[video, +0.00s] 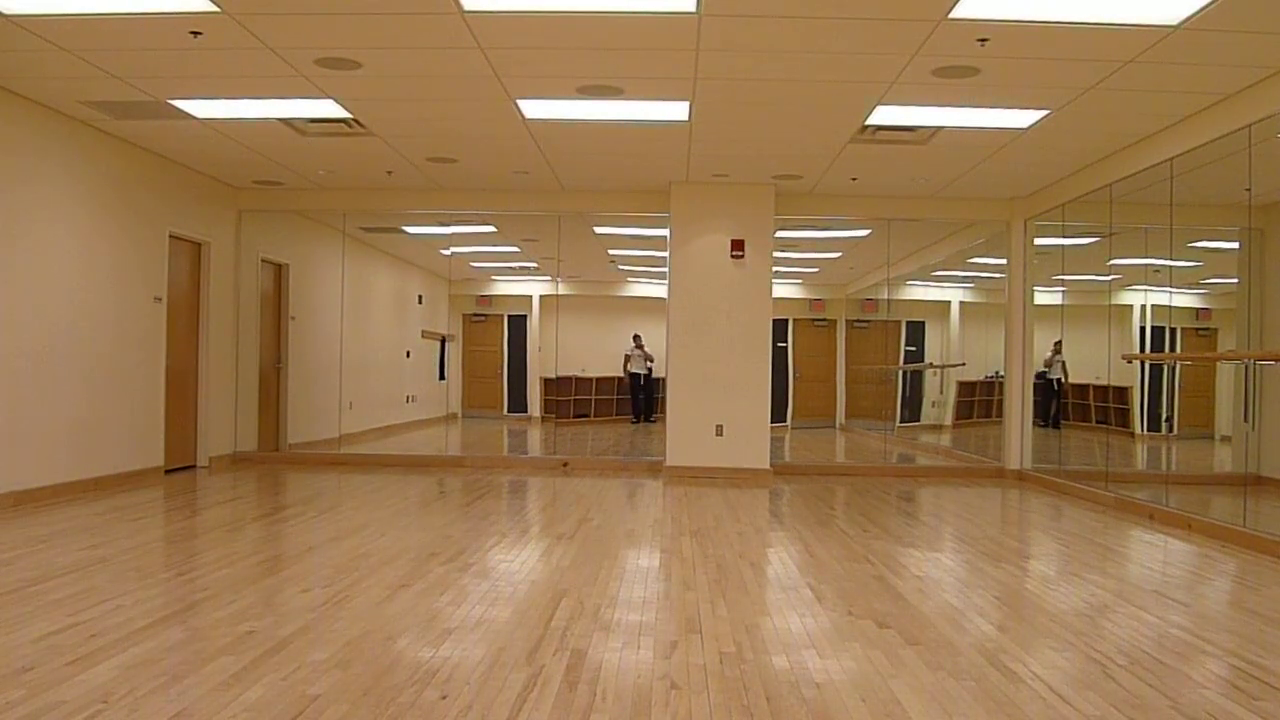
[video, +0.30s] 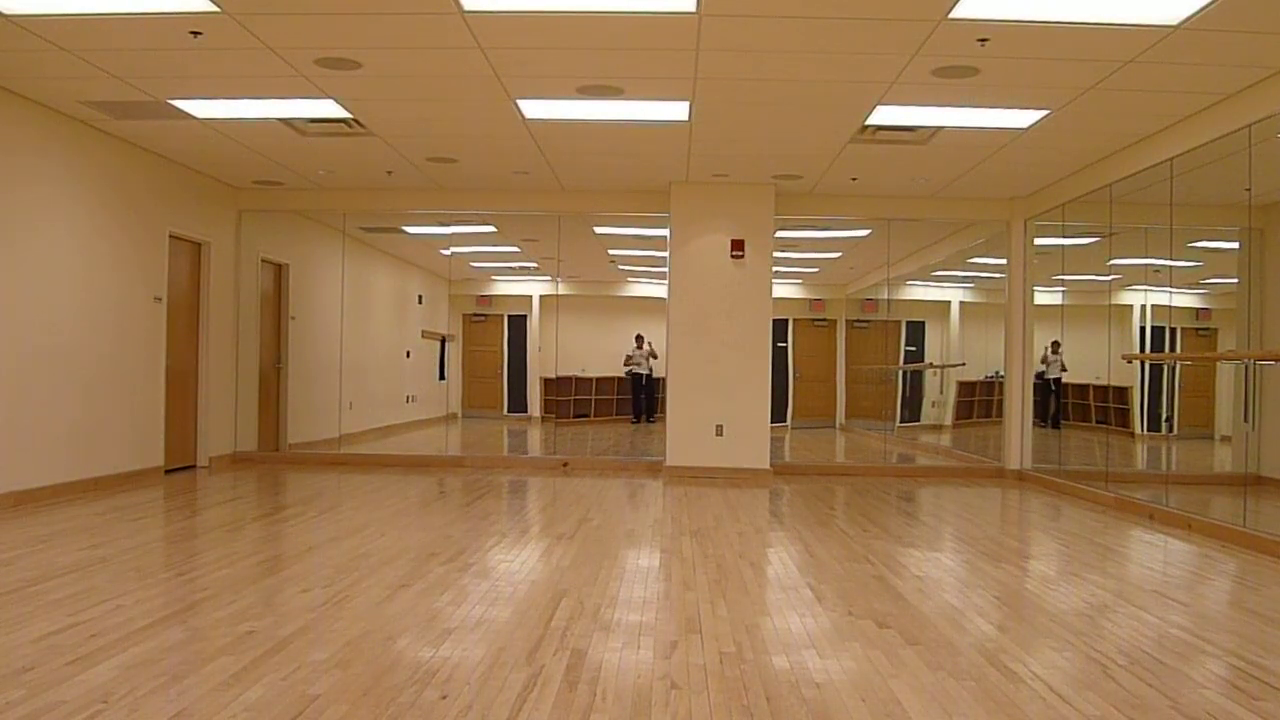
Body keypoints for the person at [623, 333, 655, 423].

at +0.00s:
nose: (638, 342)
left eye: (639, 340)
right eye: (636, 340)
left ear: (642, 340)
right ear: (634, 342)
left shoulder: (645, 350)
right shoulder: (631, 351)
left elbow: (651, 359)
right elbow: (625, 363)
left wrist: (643, 350)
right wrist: (625, 374)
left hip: (645, 372)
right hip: (635, 372)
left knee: (648, 394)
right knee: (635, 395)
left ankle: (648, 415)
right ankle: (636, 416)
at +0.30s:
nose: (639, 343)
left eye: (641, 341)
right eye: (638, 341)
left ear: (643, 341)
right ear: (635, 341)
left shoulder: (647, 351)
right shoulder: (632, 351)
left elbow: (655, 357)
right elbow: (625, 363)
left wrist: (651, 348)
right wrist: (634, 363)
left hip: (647, 373)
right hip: (637, 373)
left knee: (649, 394)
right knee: (636, 395)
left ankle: (650, 415)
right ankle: (636, 416)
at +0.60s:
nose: (642, 343)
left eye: (643, 342)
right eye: (641, 341)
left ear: (645, 343)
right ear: (638, 342)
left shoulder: (648, 352)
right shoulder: (635, 352)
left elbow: (652, 352)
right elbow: (636, 350)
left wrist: (648, 343)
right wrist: (638, 343)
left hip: (650, 371)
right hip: (640, 371)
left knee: (651, 395)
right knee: (639, 395)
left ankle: (650, 416)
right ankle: (637, 416)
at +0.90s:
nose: (644, 343)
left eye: (645, 341)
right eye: (642, 341)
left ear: (647, 342)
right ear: (639, 342)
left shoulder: (650, 352)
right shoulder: (637, 351)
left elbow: (654, 352)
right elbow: (640, 349)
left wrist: (648, 343)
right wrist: (642, 343)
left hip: (652, 372)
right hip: (641, 371)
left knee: (652, 395)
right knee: (639, 395)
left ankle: (651, 415)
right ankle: (637, 416)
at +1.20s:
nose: (646, 342)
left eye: (647, 340)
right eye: (645, 340)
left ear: (650, 341)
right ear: (642, 342)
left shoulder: (653, 352)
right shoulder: (639, 352)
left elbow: (656, 351)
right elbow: (637, 349)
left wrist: (651, 342)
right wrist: (641, 340)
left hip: (653, 372)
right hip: (642, 372)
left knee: (653, 395)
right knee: (640, 395)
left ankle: (651, 416)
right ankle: (637, 416)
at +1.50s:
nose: (647, 343)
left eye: (649, 341)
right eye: (645, 341)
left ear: (652, 342)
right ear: (643, 342)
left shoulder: (655, 352)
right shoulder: (640, 351)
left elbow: (656, 350)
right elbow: (640, 348)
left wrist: (652, 345)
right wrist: (642, 341)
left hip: (654, 372)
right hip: (643, 371)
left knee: (653, 395)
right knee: (640, 395)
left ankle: (651, 415)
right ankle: (637, 415)